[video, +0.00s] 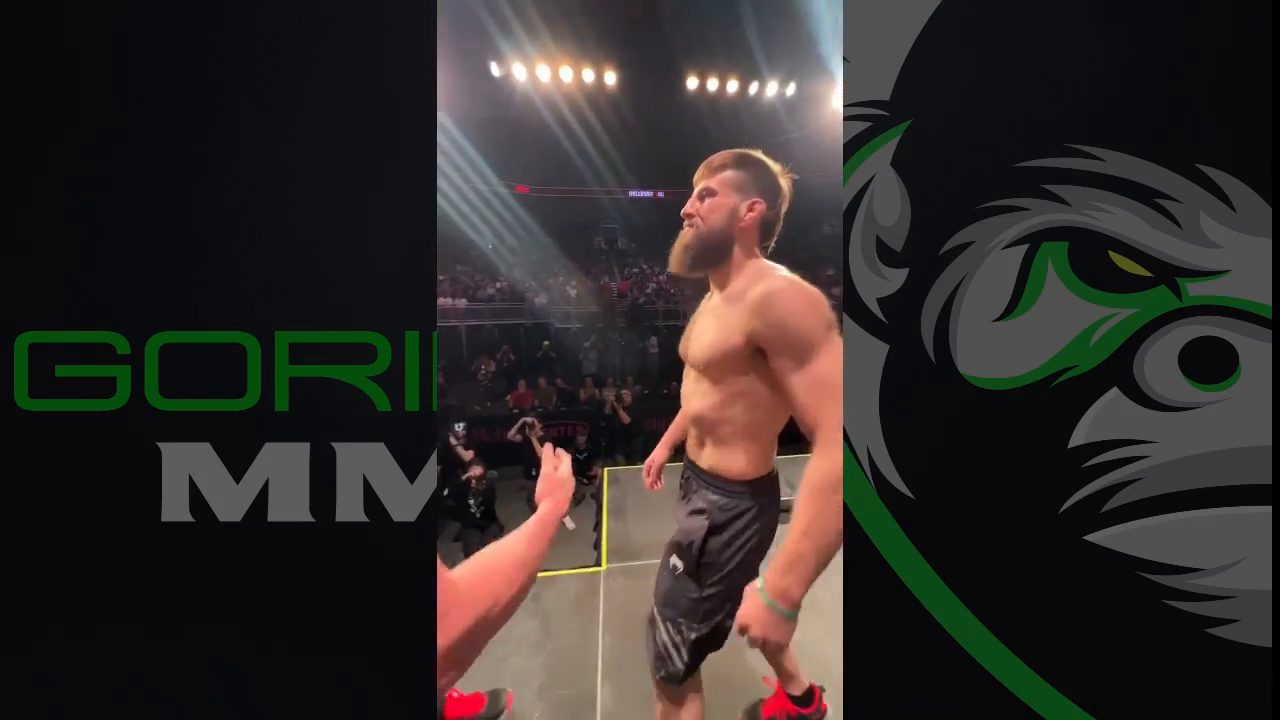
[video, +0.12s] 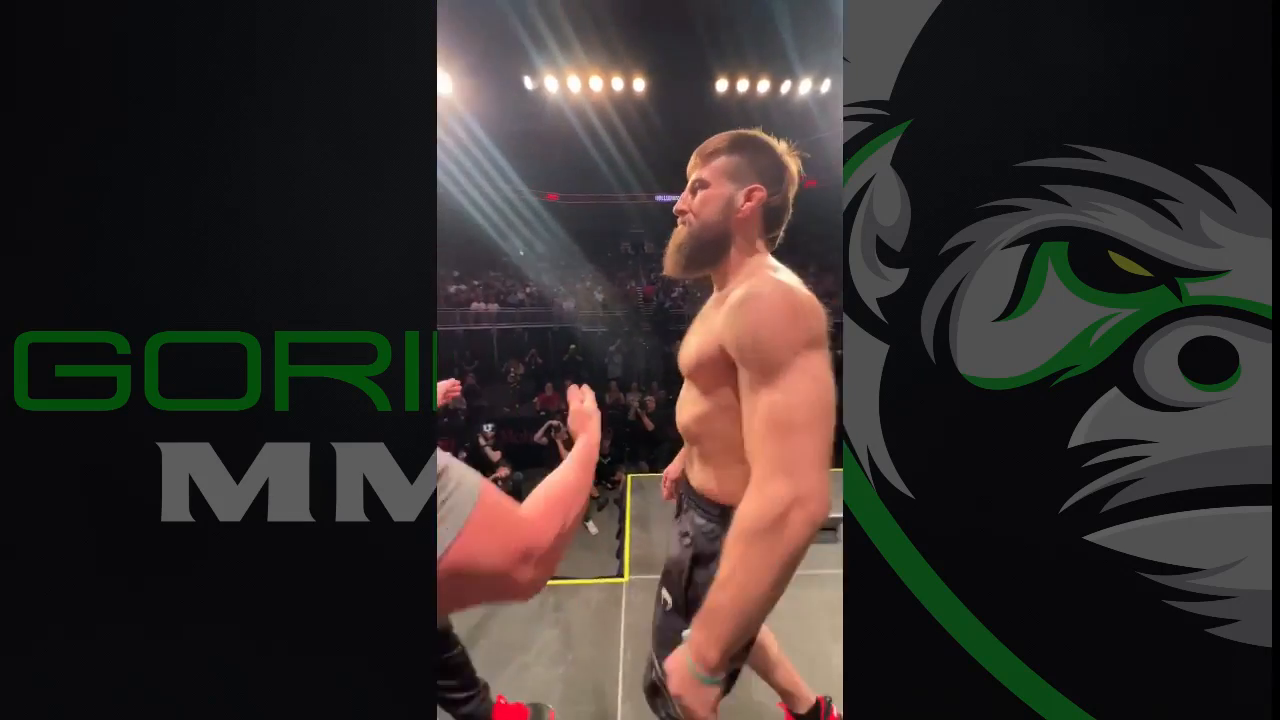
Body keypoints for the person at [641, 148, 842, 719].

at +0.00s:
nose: (687, 206)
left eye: (706, 194)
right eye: (692, 195)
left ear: (751, 211)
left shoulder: (781, 298)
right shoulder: (718, 295)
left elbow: (840, 447)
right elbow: (711, 389)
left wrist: (782, 591)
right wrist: (666, 444)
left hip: (733, 504)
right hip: (704, 487)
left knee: (671, 658)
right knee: (752, 603)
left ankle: (676, 710)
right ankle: (797, 694)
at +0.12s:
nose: (680, 203)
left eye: (699, 187)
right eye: (686, 187)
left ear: (749, 200)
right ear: (741, 203)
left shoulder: (770, 300)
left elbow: (792, 497)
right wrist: (688, 458)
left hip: (726, 531)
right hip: (702, 513)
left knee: (677, 687)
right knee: (728, 622)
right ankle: (805, 704)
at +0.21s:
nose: (670, 208)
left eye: (688, 188)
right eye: (676, 190)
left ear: (743, 194)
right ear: (737, 197)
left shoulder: (761, 300)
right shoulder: (744, 296)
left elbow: (746, 527)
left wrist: (620, 652)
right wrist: (701, 478)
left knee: (691, 703)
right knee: (734, 667)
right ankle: (792, 710)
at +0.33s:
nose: (658, 222)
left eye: (671, 196)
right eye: (662, 201)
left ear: (725, 191)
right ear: (726, 194)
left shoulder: (756, 299)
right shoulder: (777, 290)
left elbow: (688, 561)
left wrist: (550, 590)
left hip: (739, 594)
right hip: (756, 577)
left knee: (716, 711)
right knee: (710, 708)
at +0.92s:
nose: (681, 267)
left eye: (695, 243)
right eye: (683, 248)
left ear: (755, 236)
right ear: (753, 239)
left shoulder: (821, 325)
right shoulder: (769, 336)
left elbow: (911, 451)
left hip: (818, 648)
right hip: (763, 615)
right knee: (738, 710)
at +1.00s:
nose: (686, 264)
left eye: (700, 241)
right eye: (687, 245)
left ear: (761, 232)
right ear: (759, 235)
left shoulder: (824, 320)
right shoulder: (774, 334)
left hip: (817, 645)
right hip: (770, 612)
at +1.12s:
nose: (687, 259)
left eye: (703, 234)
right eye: (690, 239)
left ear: (765, 227)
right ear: (765, 231)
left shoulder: (823, 321)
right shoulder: (785, 324)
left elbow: (907, 459)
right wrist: (771, 546)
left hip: (817, 645)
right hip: (775, 609)